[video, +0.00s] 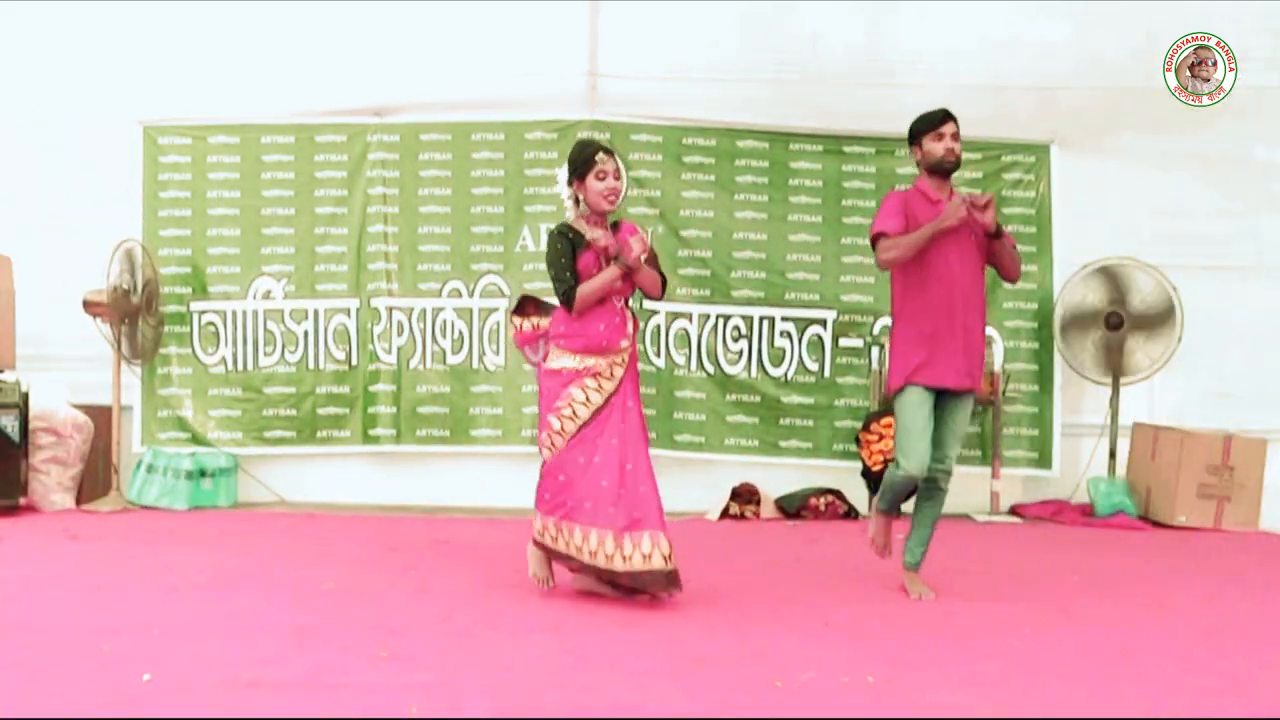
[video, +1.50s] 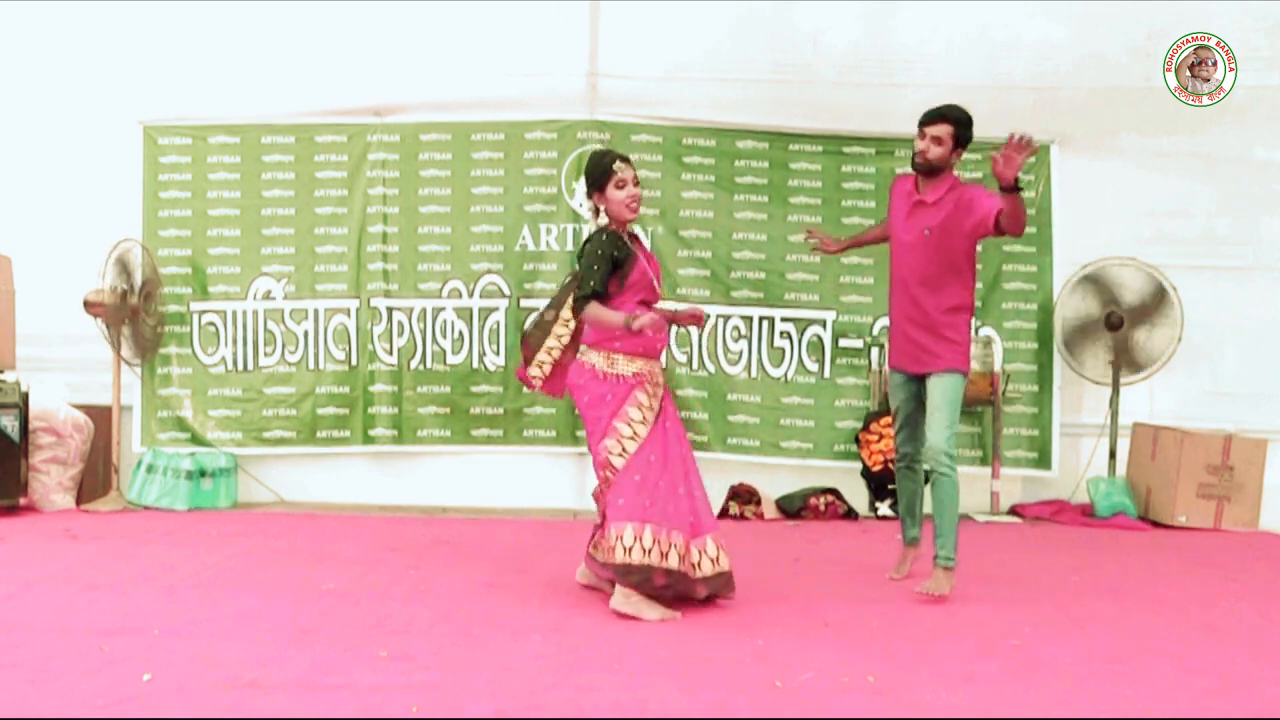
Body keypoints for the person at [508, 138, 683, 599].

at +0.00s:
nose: (613, 185)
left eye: (617, 176)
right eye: (602, 177)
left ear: (623, 182)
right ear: (578, 185)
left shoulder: (628, 232)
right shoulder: (564, 236)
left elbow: (658, 288)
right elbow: (573, 300)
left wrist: (626, 259)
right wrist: (620, 267)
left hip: (617, 356)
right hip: (573, 356)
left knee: (619, 452)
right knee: (573, 453)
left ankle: (610, 559)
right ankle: (543, 542)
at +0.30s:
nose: (584, 197)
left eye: (591, 189)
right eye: (574, 188)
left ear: (599, 198)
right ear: (554, 196)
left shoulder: (615, 252)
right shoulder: (536, 254)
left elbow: (644, 305)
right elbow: (513, 311)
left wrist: (639, 308)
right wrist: (480, 326)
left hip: (604, 375)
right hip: (553, 378)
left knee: (598, 466)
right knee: (552, 465)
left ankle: (595, 568)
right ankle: (553, 562)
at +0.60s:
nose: (595, 195)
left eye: (602, 186)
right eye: (584, 186)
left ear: (611, 193)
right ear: (566, 196)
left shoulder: (628, 247)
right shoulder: (550, 250)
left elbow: (651, 306)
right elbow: (519, 311)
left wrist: (683, 285)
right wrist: (498, 298)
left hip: (617, 376)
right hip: (565, 376)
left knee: (614, 466)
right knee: (566, 464)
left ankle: (608, 564)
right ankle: (560, 560)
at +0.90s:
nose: (622, 188)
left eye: (626, 178)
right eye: (610, 181)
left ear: (633, 183)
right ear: (590, 193)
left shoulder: (637, 238)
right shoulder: (588, 239)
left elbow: (669, 295)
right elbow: (617, 292)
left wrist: (655, 256)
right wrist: (662, 257)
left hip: (637, 363)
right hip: (595, 364)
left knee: (647, 460)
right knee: (619, 462)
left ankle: (626, 568)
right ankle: (598, 571)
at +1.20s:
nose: (647, 194)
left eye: (648, 185)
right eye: (634, 188)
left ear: (649, 188)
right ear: (612, 199)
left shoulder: (629, 245)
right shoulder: (625, 245)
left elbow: (639, 313)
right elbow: (620, 311)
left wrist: (683, 326)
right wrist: (672, 345)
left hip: (628, 375)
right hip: (623, 378)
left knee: (653, 470)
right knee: (675, 469)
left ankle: (595, 557)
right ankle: (630, 591)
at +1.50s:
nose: (634, 193)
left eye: (636, 184)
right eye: (621, 187)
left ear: (640, 189)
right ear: (598, 198)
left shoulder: (634, 242)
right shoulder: (603, 242)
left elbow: (635, 304)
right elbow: (584, 305)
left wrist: (676, 315)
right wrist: (626, 322)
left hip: (634, 372)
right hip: (610, 374)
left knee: (636, 467)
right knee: (647, 468)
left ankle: (598, 561)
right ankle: (631, 590)